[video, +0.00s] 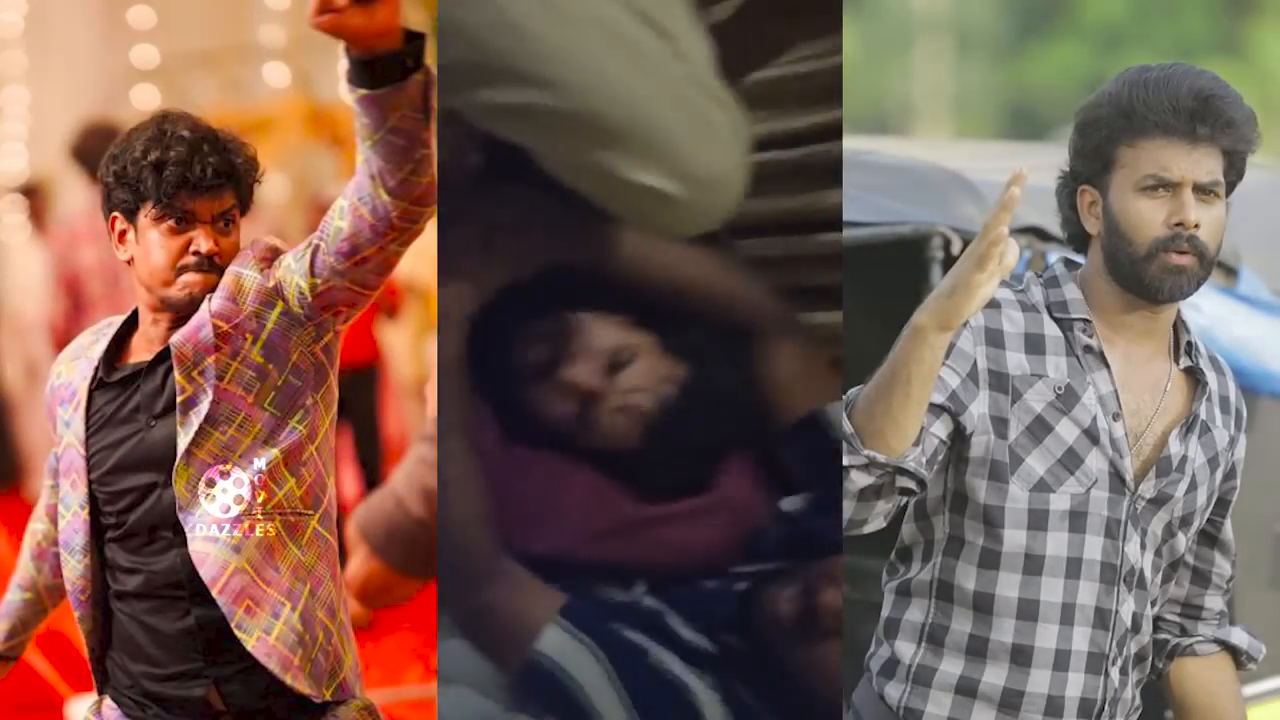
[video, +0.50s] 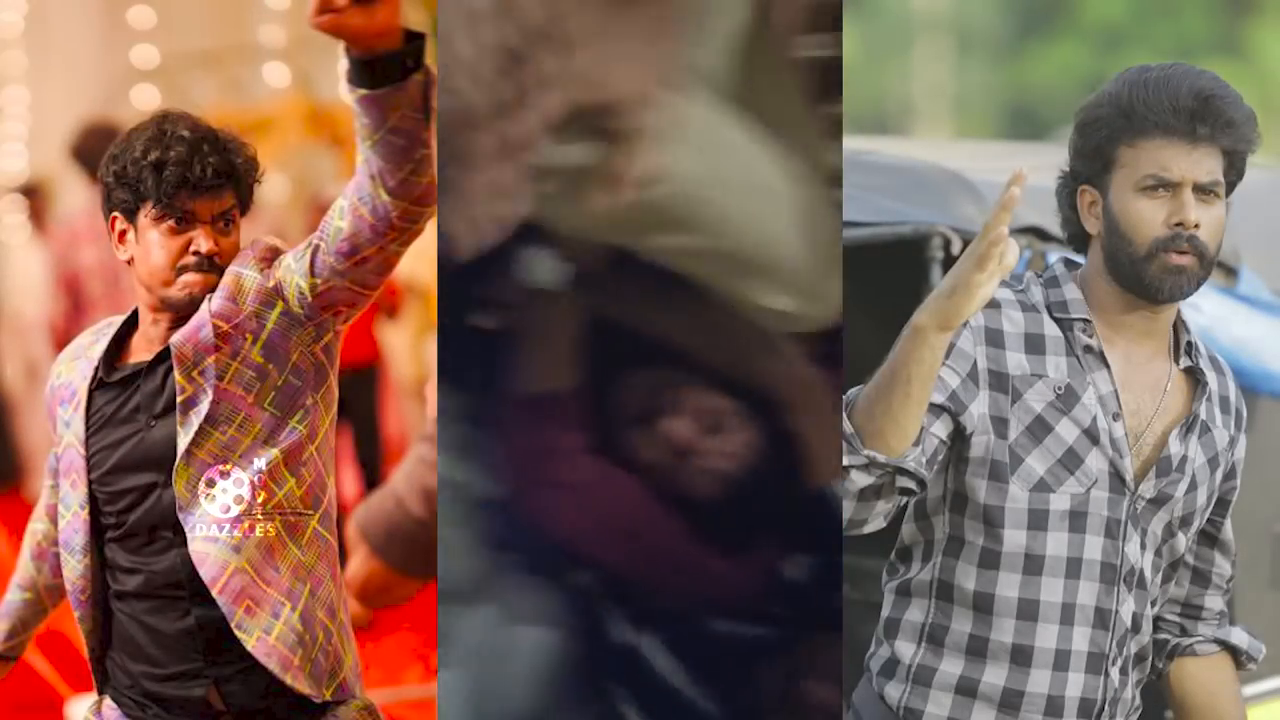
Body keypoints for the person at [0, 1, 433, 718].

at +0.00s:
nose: (206, 245)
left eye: (223, 222)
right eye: (179, 222)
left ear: (243, 230)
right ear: (122, 236)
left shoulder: (287, 312)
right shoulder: (76, 373)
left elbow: (394, 199)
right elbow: (56, 524)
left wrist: (380, 52)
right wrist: (7, 634)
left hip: (290, 700)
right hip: (140, 705)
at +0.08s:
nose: (206, 245)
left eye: (224, 222)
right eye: (179, 222)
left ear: (243, 230)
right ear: (122, 236)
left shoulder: (287, 312)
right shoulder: (76, 373)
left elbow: (393, 200)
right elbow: (56, 524)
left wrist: (380, 52)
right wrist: (7, 634)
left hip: (290, 700)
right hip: (140, 705)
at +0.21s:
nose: (206, 245)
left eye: (224, 223)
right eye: (179, 222)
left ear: (243, 230)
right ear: (122, 237)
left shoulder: (287, 312)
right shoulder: (76, 373)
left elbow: (394, 200)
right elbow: (56, 524)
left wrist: (381, 52)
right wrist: (8, 633)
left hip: (291, 700)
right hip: (140, 705)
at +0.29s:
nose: (206, 245)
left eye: (223, 222)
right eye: (179, 222)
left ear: (243, 230)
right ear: (122, 236)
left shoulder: (287, 312)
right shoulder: (76, 373)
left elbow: (393, 200)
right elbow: (56, 524)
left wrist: (381, 52)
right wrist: (7, 634)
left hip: (290, 700)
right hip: (140, 705)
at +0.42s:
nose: (206, 245)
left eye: (223, 222)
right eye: (179, 222)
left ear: (243, 230)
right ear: (122, 236)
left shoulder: (287, 312)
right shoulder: (76, 373)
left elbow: (394, 200)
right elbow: (56, 524)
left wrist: (380, 52)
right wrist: (7, 634)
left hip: (291, 700)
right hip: (140, 705)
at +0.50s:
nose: (206, 245)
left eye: (224, 222)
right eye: (179, 222)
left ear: (243, 230)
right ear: (122, 237)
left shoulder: (287, 312)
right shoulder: (76, 373)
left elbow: (393, 201)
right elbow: (56, 524)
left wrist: (380, 53)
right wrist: (8, 633)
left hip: (291, 700)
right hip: (140, 705)